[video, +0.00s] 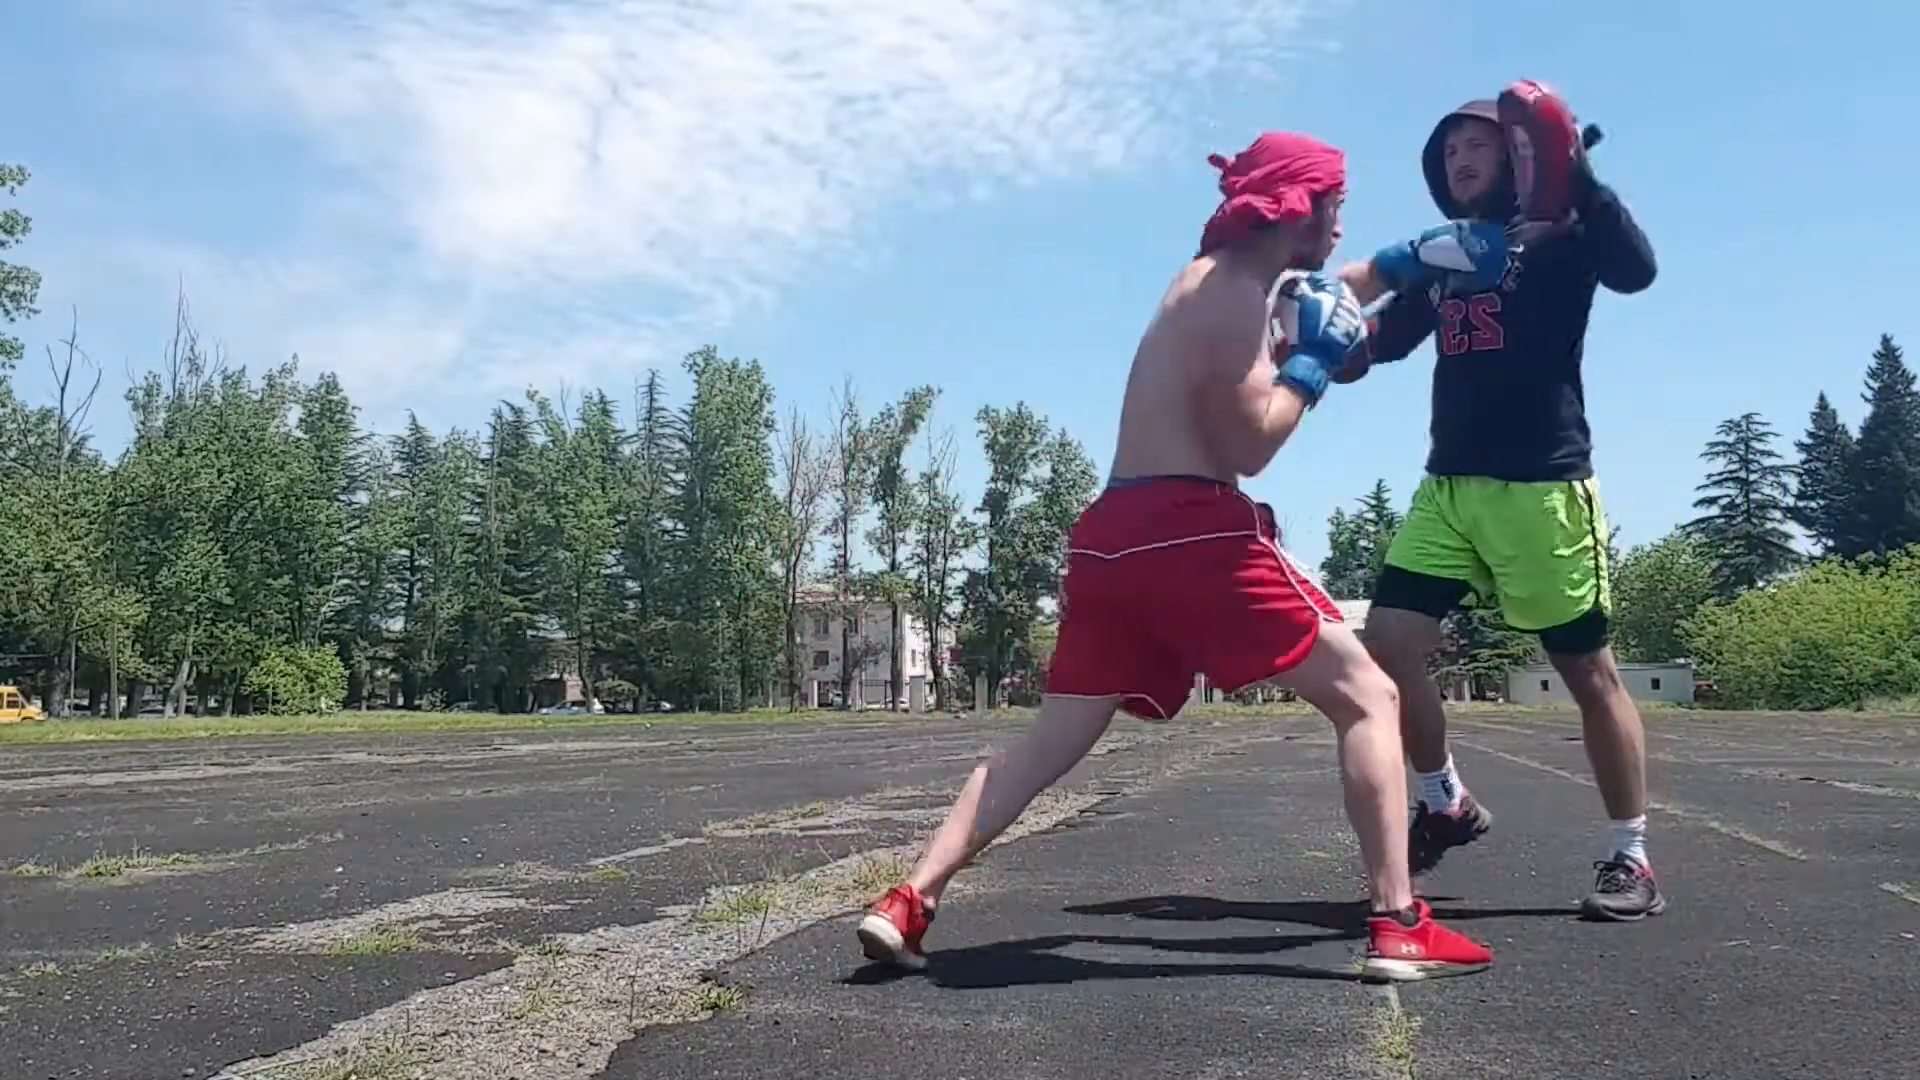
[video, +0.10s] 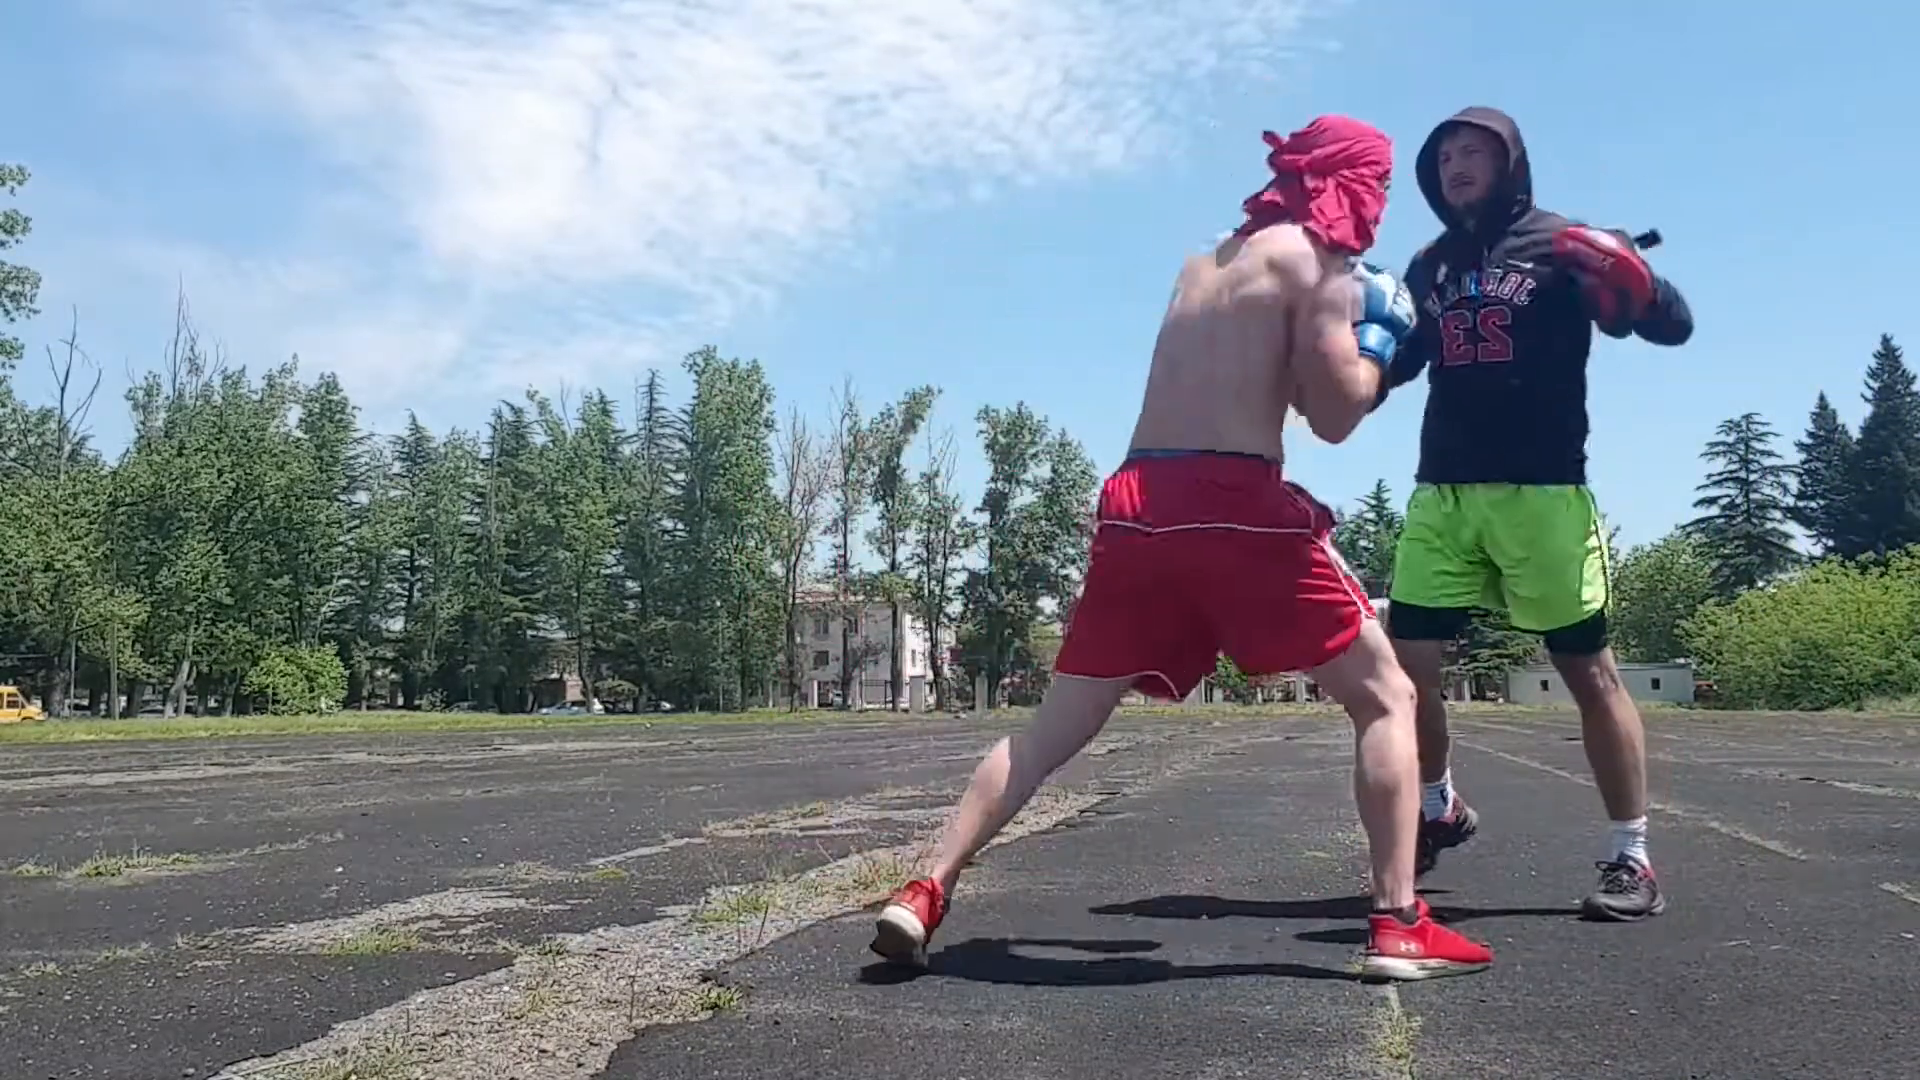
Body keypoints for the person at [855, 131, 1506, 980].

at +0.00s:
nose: (1339, 223)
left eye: (1338, 206)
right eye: (1333, 205)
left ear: (1260, 209)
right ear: (1297, 211)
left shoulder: (1199, 278)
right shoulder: (1240, 290)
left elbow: (1325, 296)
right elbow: (1248, 445)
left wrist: (1405, 263)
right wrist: (1311, 366)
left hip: (1107, 536)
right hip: (1199, 530)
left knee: (1051, 738)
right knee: (1368, 698)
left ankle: (910, 899)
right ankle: (1400, 920)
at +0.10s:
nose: (1370, 228)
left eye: (1375, 210)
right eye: (1370, 206)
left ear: (1284, 184)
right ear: (1342, 195)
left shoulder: (1200, 263)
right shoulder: (1323, 268)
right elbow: (1336, 417)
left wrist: (1351, 337)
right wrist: (1383, 347)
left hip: (1134, 510)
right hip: (1246, 513)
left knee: (1054, 726)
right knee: (1386, 698)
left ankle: (924, 890)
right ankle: (1399, 917)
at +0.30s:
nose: (1325, 155)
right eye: (1321, 143)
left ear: (1219, 144)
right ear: (1309, 141)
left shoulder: (1156, 222)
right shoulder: (1351, 197)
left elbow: (1141, 372)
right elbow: (1418, 338)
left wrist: (1234, 322)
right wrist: (1347, 293)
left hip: (1181, 474)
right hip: (1311, 470)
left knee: (1102, 698)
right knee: (1378, 699)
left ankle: (1074, 887)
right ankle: (1408, 917)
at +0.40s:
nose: (1155, 172)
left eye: (1160, 159)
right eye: (1161, 162)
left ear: (1180, 154)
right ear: (1264, 141)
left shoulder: (1132, 232)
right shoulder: (1325, 200)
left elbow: (1127, 390)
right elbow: (1378, 342)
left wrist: (1200, 300)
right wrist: (1296, 283)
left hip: (1189, 482)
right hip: (1319, 475)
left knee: (1133, 723)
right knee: (1383, 702)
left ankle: (1144, 942)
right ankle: (1422, 918)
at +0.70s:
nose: (1176, 140)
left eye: (1181, 128)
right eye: (1185, 128)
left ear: (1195, 129)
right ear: (1284, 121)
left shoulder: (1152, 209)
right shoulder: (1345, 183)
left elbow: (1132, 366)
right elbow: (1396, 325)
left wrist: (1172, 255)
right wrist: (1308, 257)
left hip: (1244, 453)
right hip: (1364, 451)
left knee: (1183, 720)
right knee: (1359, 663)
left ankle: (1242, 949)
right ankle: (1454, 871)